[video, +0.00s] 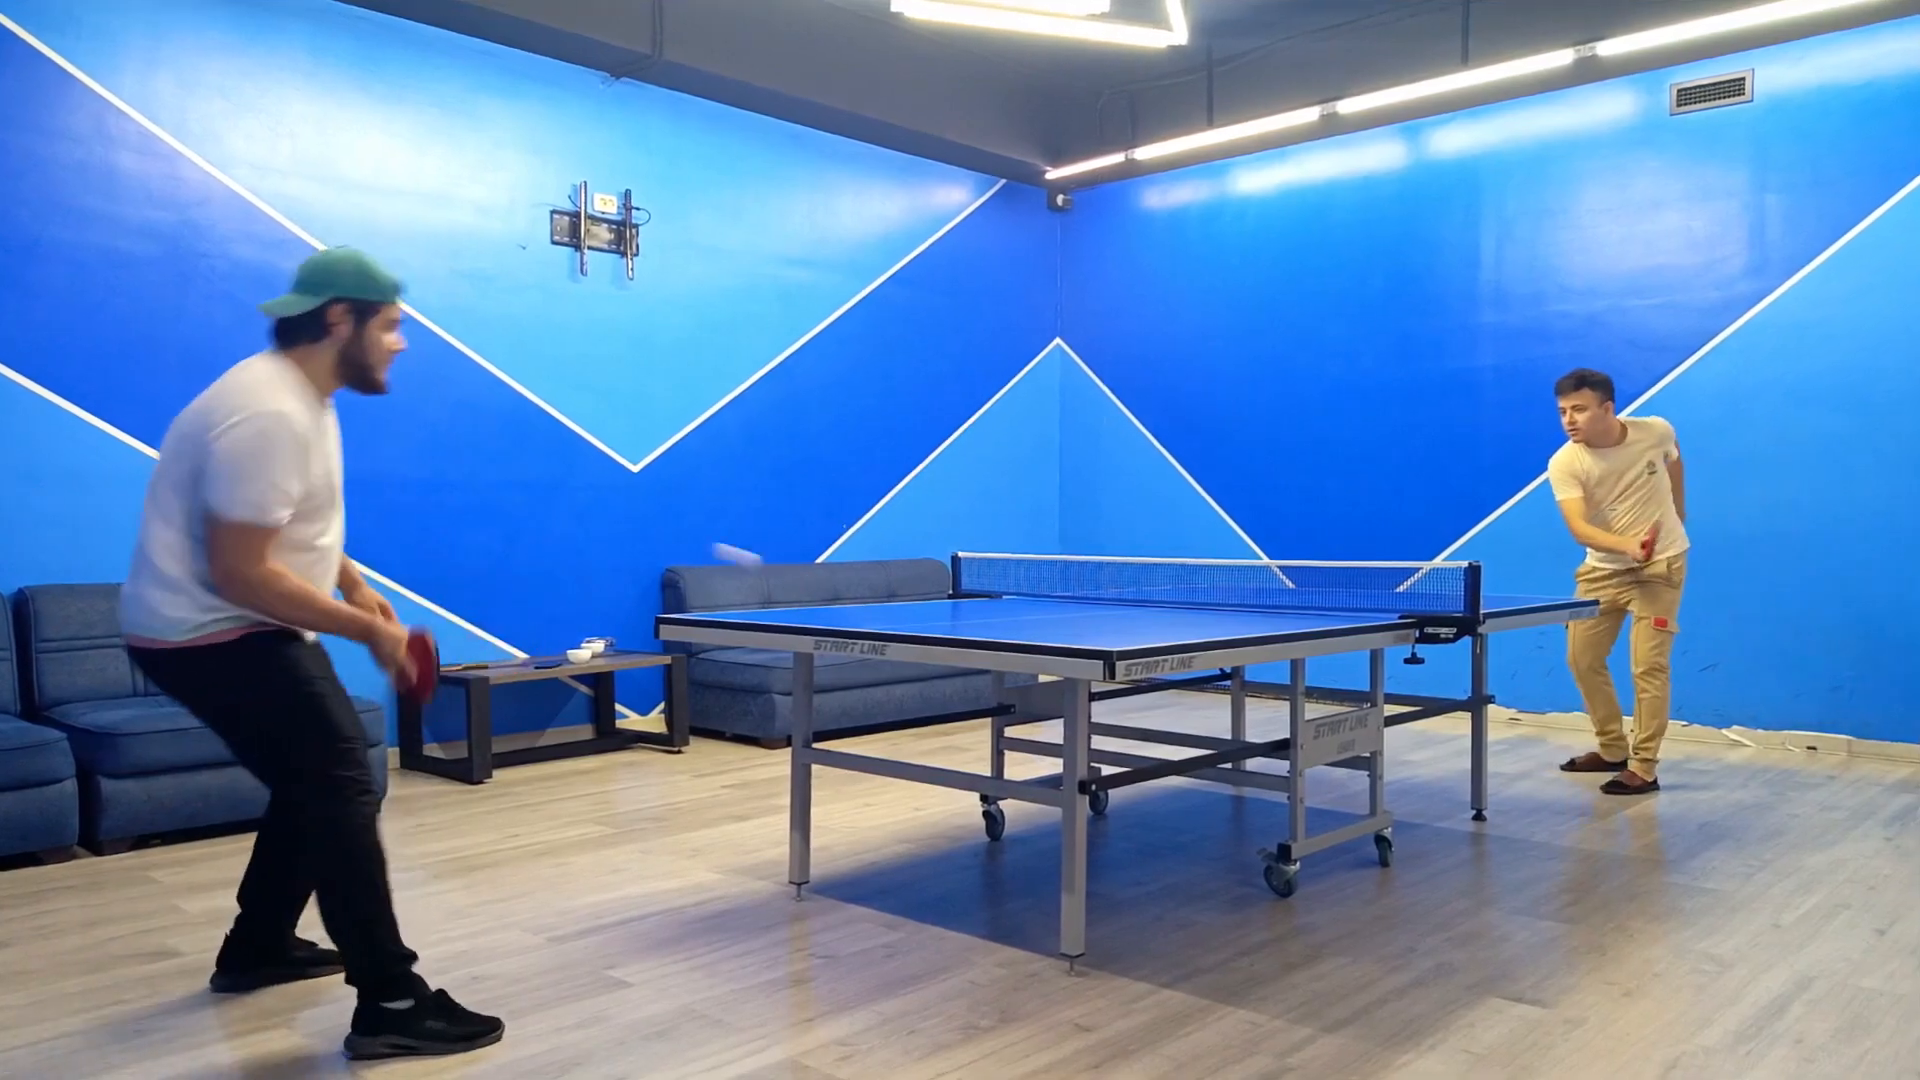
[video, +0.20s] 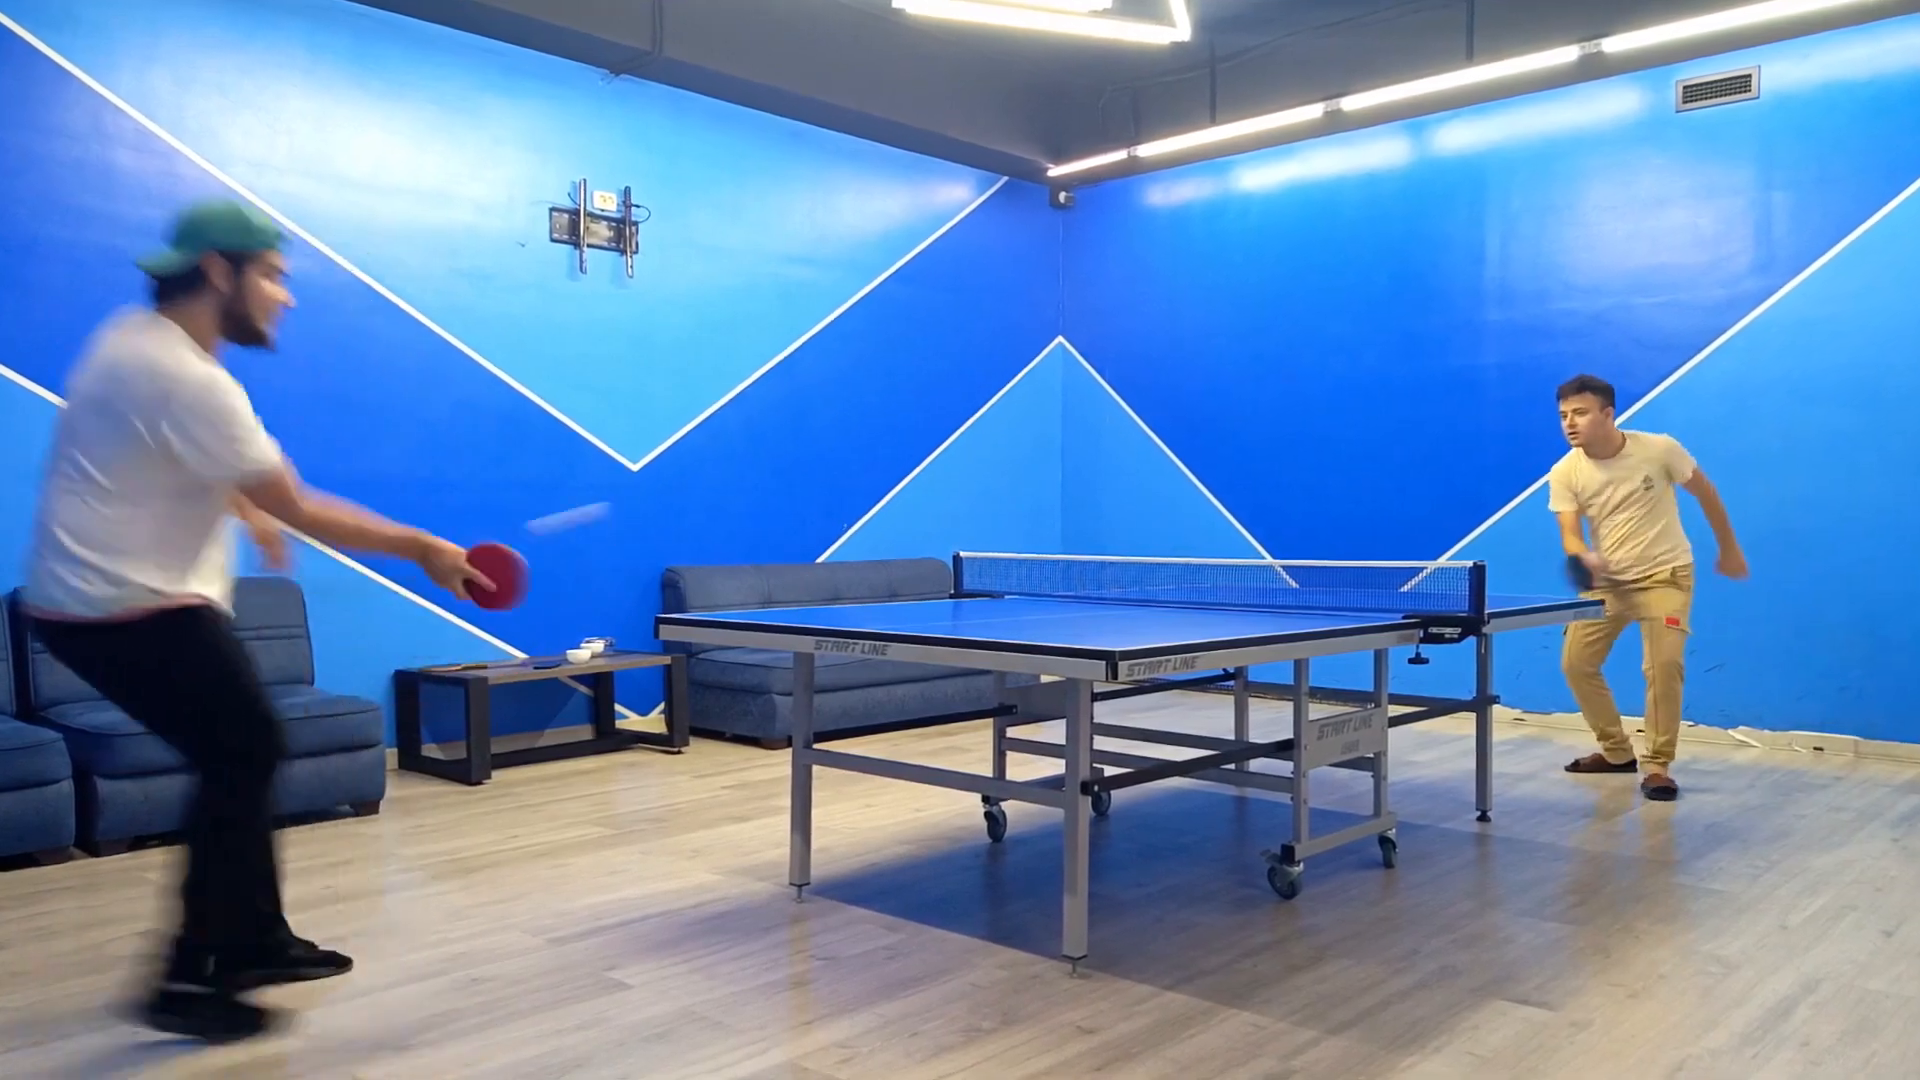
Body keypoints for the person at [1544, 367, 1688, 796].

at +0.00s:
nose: (1568, 419)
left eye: (1578, 410)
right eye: (1563, 411)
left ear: (1608, 408)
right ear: (1561, 414)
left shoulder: (1656, 433)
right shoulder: (1564, 462)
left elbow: (1674, 473)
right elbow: (1578, 527)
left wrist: (1676, 517)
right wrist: (1625, 545)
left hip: (1659, 564)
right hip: (1602, 570)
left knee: (1648, 664)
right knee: (1583, 657)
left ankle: (1644, 768)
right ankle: (1613, 751)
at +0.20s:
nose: (1569, 422)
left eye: (1579, 413)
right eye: (1564, 415)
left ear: (1609, 414)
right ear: (1561, 420)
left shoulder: (1659, 450)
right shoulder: (1564, 474)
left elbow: (1706, 492)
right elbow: (1570, 537)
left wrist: (1729, 549)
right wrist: (1585, 555)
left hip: (1664, 577)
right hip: (1608, 583)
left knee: (1664, 663)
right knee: (1577, 663)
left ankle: (1656, 766)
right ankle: (1616, 752)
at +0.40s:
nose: (1565, 411)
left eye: (1574, 401)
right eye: (1560, 404)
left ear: (1602, 401)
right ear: (1559, 411)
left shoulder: (1644, 440)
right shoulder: (1582, 465)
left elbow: (1699, 491)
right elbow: (1593, 528)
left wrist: (1686, 545)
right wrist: (1564, 570)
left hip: (1672, 569)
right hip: (1626, 574)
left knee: (1657, 657)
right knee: (1602, 657)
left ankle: (1684, 765)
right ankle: (1623, 753)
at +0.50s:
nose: (1571, 408)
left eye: (1579, 397)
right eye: (1565, 401)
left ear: (1609, 395)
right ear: (1566, 406)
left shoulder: (1636, 427)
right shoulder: (1601, 451)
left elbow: (1681, 476)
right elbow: (1623, 519)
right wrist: (1584, 567)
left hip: (1679, 552)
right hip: (1642, 563)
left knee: (1659, 651)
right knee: (1623, 652)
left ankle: (1717, 765)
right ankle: (1629, 754)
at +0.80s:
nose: (1611, 431)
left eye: (1618, 420)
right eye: (1606, 424)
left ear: (1650, 415)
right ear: (1607, 429)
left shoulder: (1680, 442)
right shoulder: (1639, 478)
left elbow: (1712, 457)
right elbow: (1639, 546)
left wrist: (1638, 477)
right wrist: (1587, 570)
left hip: (1703, 582)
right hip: (1661, 589)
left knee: (1662, 685)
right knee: (1625, 666)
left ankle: (1730, 796)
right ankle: (1631, 755)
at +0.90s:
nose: (1615, 425)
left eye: (1623, 413)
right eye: (1610, 417)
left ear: (1656, 408)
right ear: (1612, 420)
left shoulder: (1699, 435)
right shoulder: (1629, 465)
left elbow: (1773, 428)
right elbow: (1619, 524)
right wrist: (1567, 538)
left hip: (1718, 578)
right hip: (1670, 583)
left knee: (1673, 679)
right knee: (1642, 671)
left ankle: (1730, 795)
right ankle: (1636, 755)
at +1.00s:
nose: (1616, 419)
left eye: (1624, 409)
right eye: (1611, 411)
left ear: (1656, 402)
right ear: (1611, 411)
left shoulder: (1714, 422)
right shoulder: (1629, 451)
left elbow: (1787, 411)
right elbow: (1605, 490)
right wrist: (1551, 503)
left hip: (1725, 569)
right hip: (1672, 574)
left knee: (1692, 675)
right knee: (1653, 666)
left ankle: (1730, 794)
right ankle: (1649, 757)